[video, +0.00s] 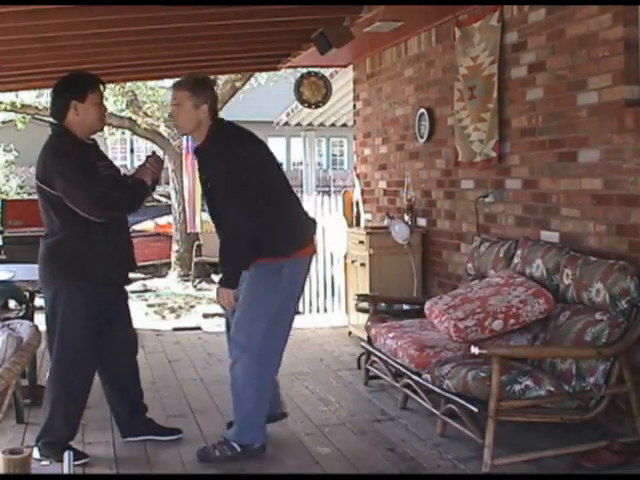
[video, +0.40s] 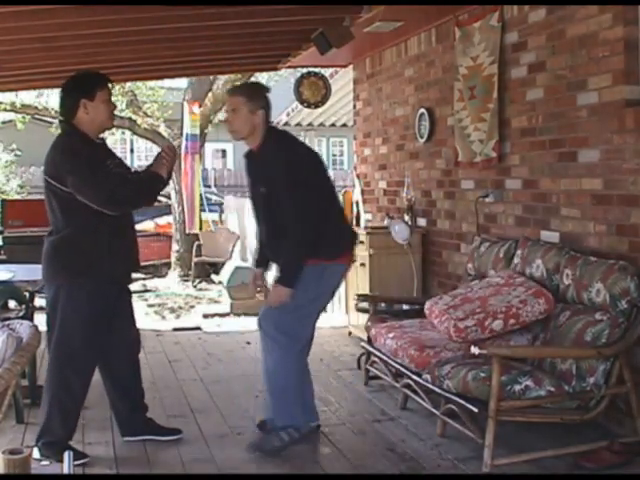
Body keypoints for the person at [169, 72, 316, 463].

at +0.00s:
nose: (171, 113)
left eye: (177, 106)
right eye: (171, 106)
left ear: (203, 109)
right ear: (198, 110)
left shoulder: (225, 147)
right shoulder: (216, 144)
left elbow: (238, 218)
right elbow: (232, 216)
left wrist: (229, 280)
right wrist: (231, 270)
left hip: (281, 252)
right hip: (267, 250)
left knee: (250, 342)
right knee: (241, 333)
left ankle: (246, 438)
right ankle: (266, 404)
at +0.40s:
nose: (227, 119)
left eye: (234, 112)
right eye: (227, 112)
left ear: (258, 114)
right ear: (244, 117)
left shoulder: (285, 154)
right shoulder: (257, 156)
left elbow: (298, 222)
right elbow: (270, 219)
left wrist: (286, 280)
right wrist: (261, 263)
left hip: (325, 254)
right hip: (303, 254)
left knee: (276, 325)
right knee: (291, 334)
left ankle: (293, 421)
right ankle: (301, 418)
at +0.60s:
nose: (249, 130)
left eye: (256, 123)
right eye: (249, 123)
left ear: (281, 125)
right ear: (271, 127)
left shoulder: (313, 161)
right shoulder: (285, 167)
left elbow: (335, 223)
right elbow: (310, 225)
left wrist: (339, 286)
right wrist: (323, 272)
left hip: (364, 260)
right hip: (335, 258)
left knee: (324, 333)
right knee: (305, 329)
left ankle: (356, 424)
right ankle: (303, 414)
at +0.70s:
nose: (263, 141)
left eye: (270, 134)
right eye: (263, 134)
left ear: (294, 136)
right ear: (282, 139)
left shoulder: (331, 169)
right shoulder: (297, 177)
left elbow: (358, 229)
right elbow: (327, 232)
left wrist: (367, 293)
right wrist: (342, 275)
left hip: (381, 262)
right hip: (353, 262)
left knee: (336, 331)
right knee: (317, 322)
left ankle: (355, 427)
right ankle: (324, 409)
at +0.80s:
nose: (281, 154)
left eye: (287, 146)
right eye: (281, 146)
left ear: (310, 146)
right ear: (300, 149)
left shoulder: (351, 179)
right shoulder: (312, 187)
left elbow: (381, 236)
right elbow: (345, 240)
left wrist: (393, 298)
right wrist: (355, 280)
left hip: (395, 266)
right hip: (368, 267)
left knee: (345, 328)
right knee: (331, 320)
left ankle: (355, 425)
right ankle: (356, 408)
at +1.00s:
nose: (322, 186)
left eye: (329, 178)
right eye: (322, 179)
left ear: (353, 178)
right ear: (342, 181)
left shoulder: (396, 209)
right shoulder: (351, 214)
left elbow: (430, 260)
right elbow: (380, 260)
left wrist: (447, 314)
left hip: (428, 286)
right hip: (392, 282)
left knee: (368, 326)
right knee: (347, 319)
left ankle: (358, 424)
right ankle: (351, 409)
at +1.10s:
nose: (358, 201)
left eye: (363, 194)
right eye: (357, 194)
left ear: (385, 193)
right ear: (371, 195)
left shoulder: (422, 227)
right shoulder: (378, 232)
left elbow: (463, 281)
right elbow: (398, 282)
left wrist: (464, 334)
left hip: (447, 306)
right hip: (411, 298)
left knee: (379, 327)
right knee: (358, 316)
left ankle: (358, 423)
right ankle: (352, 409)